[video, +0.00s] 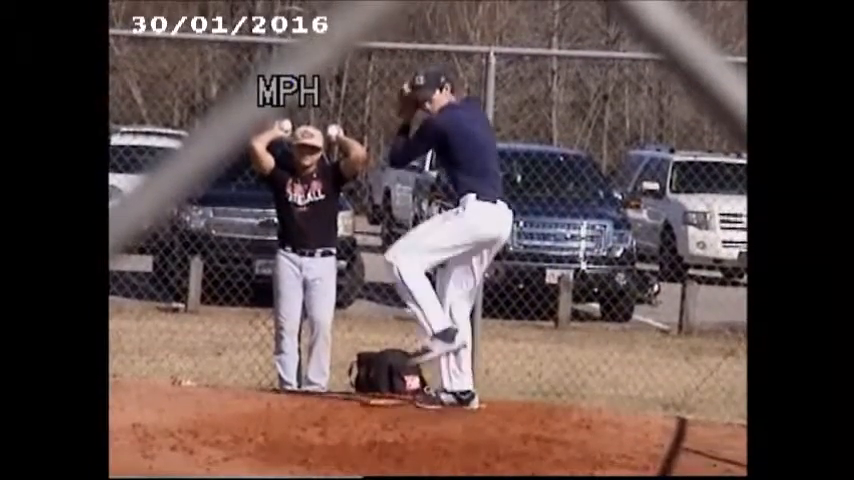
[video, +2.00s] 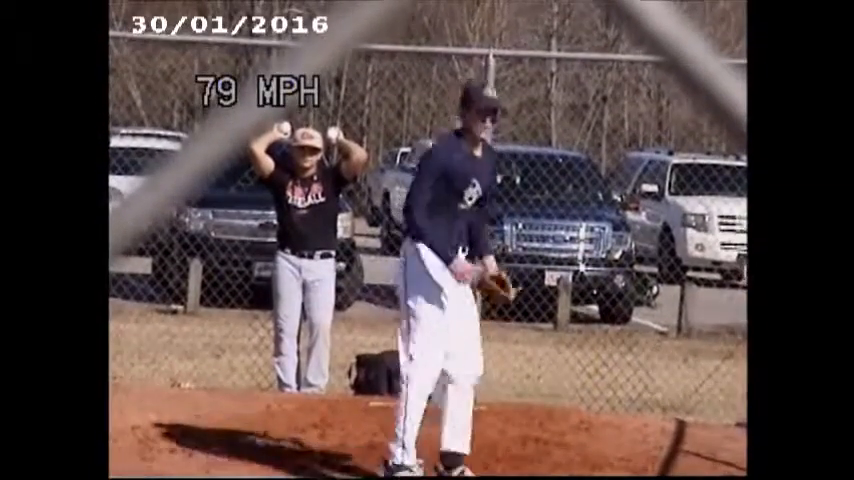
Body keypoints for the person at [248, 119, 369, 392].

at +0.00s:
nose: (307, 157)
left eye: (313, 151)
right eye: (302, 150)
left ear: (322, 152)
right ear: (292, 150)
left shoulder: (333, 174)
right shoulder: (281, 176)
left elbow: (360, 156)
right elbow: (256, 146)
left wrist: (341, 138)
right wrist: (277, 131)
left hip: (323, 258)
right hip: (288, 257)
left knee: (321, 321)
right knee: (286, 323)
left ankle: (317, 382)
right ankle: (287, 382)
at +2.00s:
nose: (307, 158)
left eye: (313, 153)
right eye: (302, 152)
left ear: (321, 153)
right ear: (292, 153)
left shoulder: (333, 177)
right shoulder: (281, 178)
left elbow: (361, 158)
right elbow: (256, 149)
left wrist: (341, 141)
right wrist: (275, 133)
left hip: (322, 261)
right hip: (288, 259)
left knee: (321, 324)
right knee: (285, 325)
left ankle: (315, 385)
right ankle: (286, 385)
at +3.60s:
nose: (313, 150)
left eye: (318, 145)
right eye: (307, 145)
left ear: (326, 152)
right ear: (297, 152)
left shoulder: (335, 175)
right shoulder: (291, 177)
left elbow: (375, 159)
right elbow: (286, 200)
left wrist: (345, 140)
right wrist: (299, 158)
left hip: (324, 260)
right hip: (290, 259)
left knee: (322, 323)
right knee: (288, 324)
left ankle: (317, 385)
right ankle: (288, 384)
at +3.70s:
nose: (316, 149)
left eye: (321, 145)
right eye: (311, 144)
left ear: (327, 151)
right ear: (300, 149)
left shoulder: (335, 174)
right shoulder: (290, 174)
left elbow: (373, 160)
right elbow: (282, 195)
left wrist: (344, 140)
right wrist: (299, 151)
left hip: (324, 260)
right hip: (289, 259)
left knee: (321, 324)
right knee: (286, 325)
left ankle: (316, 385)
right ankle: (287, 385)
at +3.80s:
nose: (315, 150)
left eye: (320, 145)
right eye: (309, 145)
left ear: (327, 150)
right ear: (298, 150)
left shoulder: (335, 174)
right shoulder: (289, 175)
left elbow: (373, 160)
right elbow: (279, 187)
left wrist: (346, 140)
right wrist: (296, 144)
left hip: (324, 260)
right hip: (290, 258)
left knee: (322, 325)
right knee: (287, 325)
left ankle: (316, 385)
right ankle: (288, 385)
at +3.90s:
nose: (309, 153)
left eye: (315, 147)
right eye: (303, 148)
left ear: (323, 149)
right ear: (294, 149)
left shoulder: (333, 174)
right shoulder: (283, 173)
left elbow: (362, 154)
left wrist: (340, 137)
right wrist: (280, 126)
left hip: (317, 259)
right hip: (283, 258)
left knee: (313, 324)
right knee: (276, 322)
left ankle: (308, 384)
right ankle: (280, 383)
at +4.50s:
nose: (309, 151)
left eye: (315, 146)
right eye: (304, 146)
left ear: (323, 147)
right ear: (294, 147)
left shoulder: (333, 173)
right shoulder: (283, 172)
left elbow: (362, 151)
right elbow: (265, 141)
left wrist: (339, 136)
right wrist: (281, 126)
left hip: (317, 257)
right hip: (283, 256)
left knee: (312, 324)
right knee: (277, 321)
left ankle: (308, 384)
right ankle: (276, 382)